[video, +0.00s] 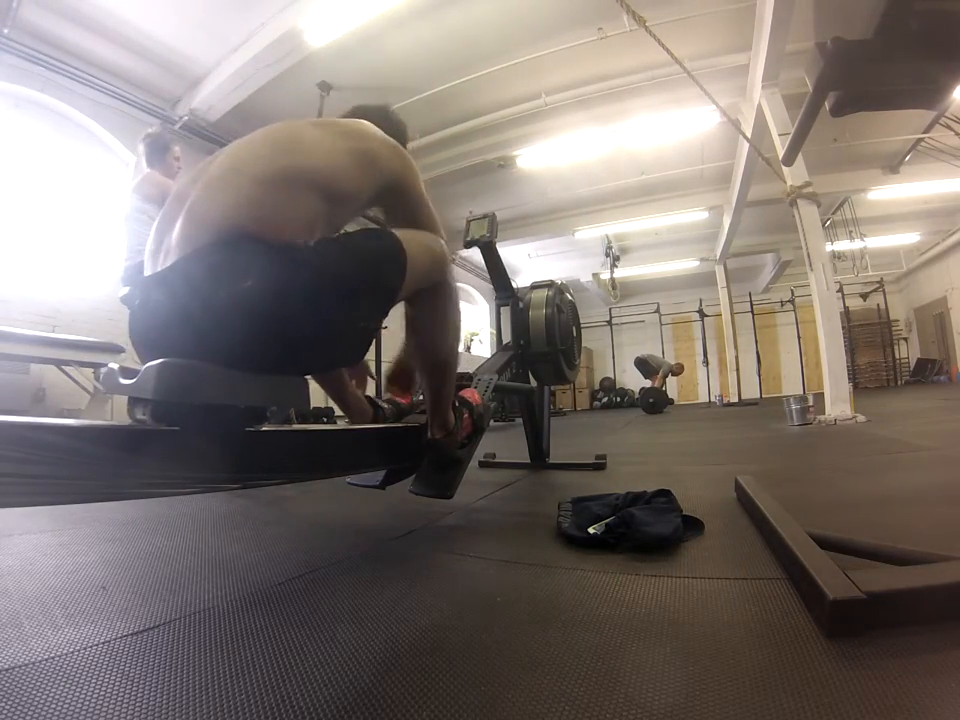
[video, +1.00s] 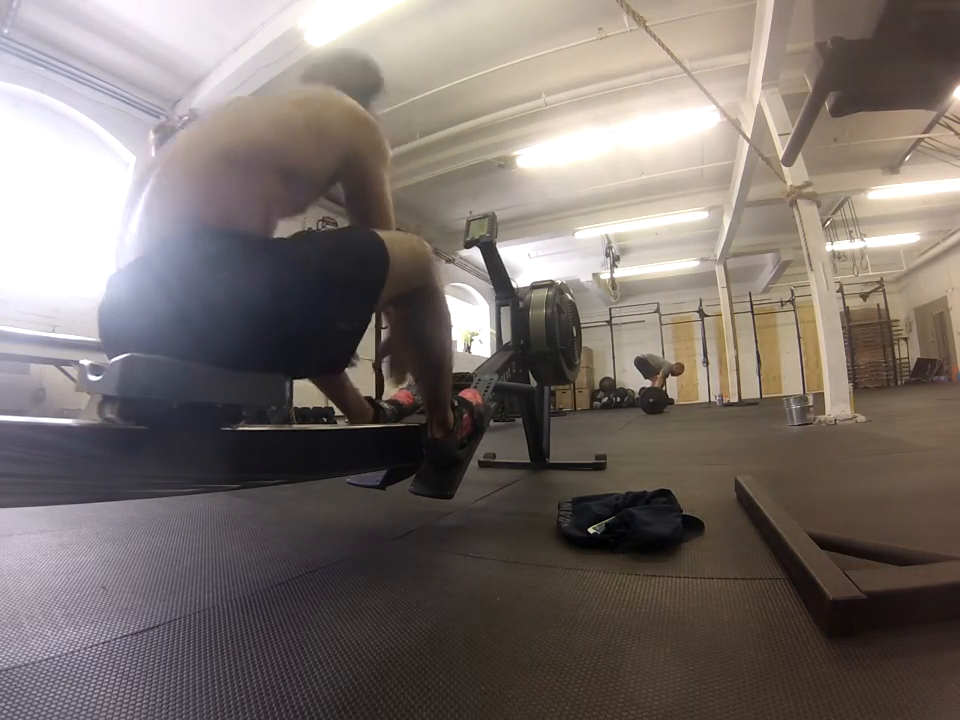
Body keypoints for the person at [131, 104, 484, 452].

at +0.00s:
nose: (397, 179)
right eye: (401, 166)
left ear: (343, 120)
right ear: (392, 144)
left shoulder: (277, 145)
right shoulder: (390, 153)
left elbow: (293, 259)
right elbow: (432, 266)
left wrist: (345, 354)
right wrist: (406, 365)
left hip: (155, 326)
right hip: (251, 307)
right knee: (433, 262)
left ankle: (362, 416)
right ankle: (443, 427)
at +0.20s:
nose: (394, 176)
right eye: (394, 161)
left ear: (346, 117)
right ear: (387, 140)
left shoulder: (279, 142)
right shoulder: (382, 151)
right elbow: (424, 268)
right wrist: (381, 340)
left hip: (145, 320)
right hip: (238, 301)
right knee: (430, 263)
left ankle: (364, 415)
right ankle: (443, 425)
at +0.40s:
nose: (387, 166)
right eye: (388, 155)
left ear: (332, 115)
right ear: (383, 140)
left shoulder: (272, 139)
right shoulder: (380, 158)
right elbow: (391, 288)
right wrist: (377, 361)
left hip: (145, 324)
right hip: (233, 303)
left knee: (300, 293)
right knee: (429, 258)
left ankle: (362, 414)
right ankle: (444, 425)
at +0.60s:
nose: (396, 158)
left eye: (400, 150)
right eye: (399, 149)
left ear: (339, 114)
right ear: (388, 135)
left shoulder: (274, 135)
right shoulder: (377, 161)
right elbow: (382, 287)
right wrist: (378, 366)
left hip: (139, 320)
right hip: (226, 299)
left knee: (300, 299)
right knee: (423, 258)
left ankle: (364, 418)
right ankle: (444, 427)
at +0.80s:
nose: (395, 156)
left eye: (399, 149)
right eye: (398, 147)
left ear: (335, 110)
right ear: (389, 135)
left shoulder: (268, 133)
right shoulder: (374, 153)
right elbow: (382, 283)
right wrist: (377, 366)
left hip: (134, 320)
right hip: (226, 299)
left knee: (297, 305)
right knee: (420, 260)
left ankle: (369, 423)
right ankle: (443, 428)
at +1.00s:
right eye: (371, 105)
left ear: (307, 77)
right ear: (364, 96)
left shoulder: (239, 115)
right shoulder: (356, 125)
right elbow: (382, 257)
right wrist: (397, 335)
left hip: (126, 312)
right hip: (220, 298)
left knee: (288, 294)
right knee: (415, 263)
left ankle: (364, 418)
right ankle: (443, 426)